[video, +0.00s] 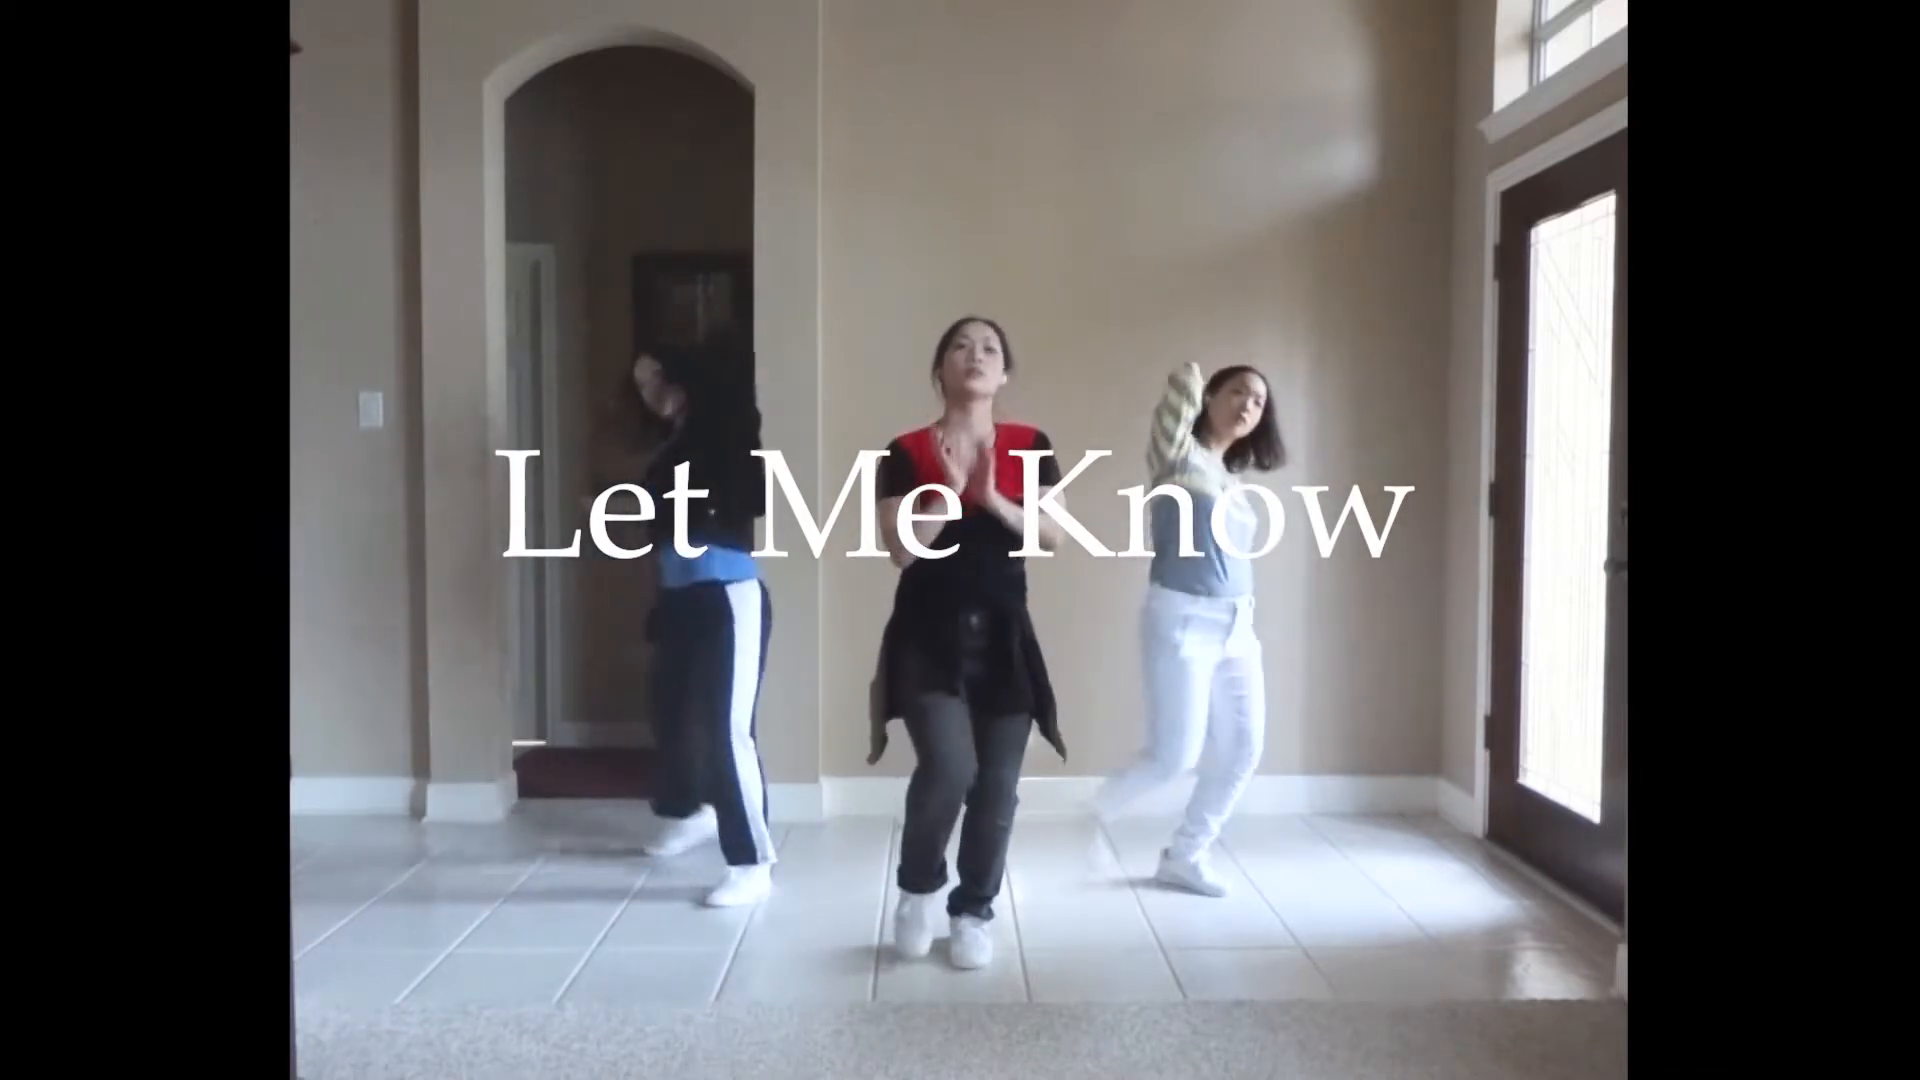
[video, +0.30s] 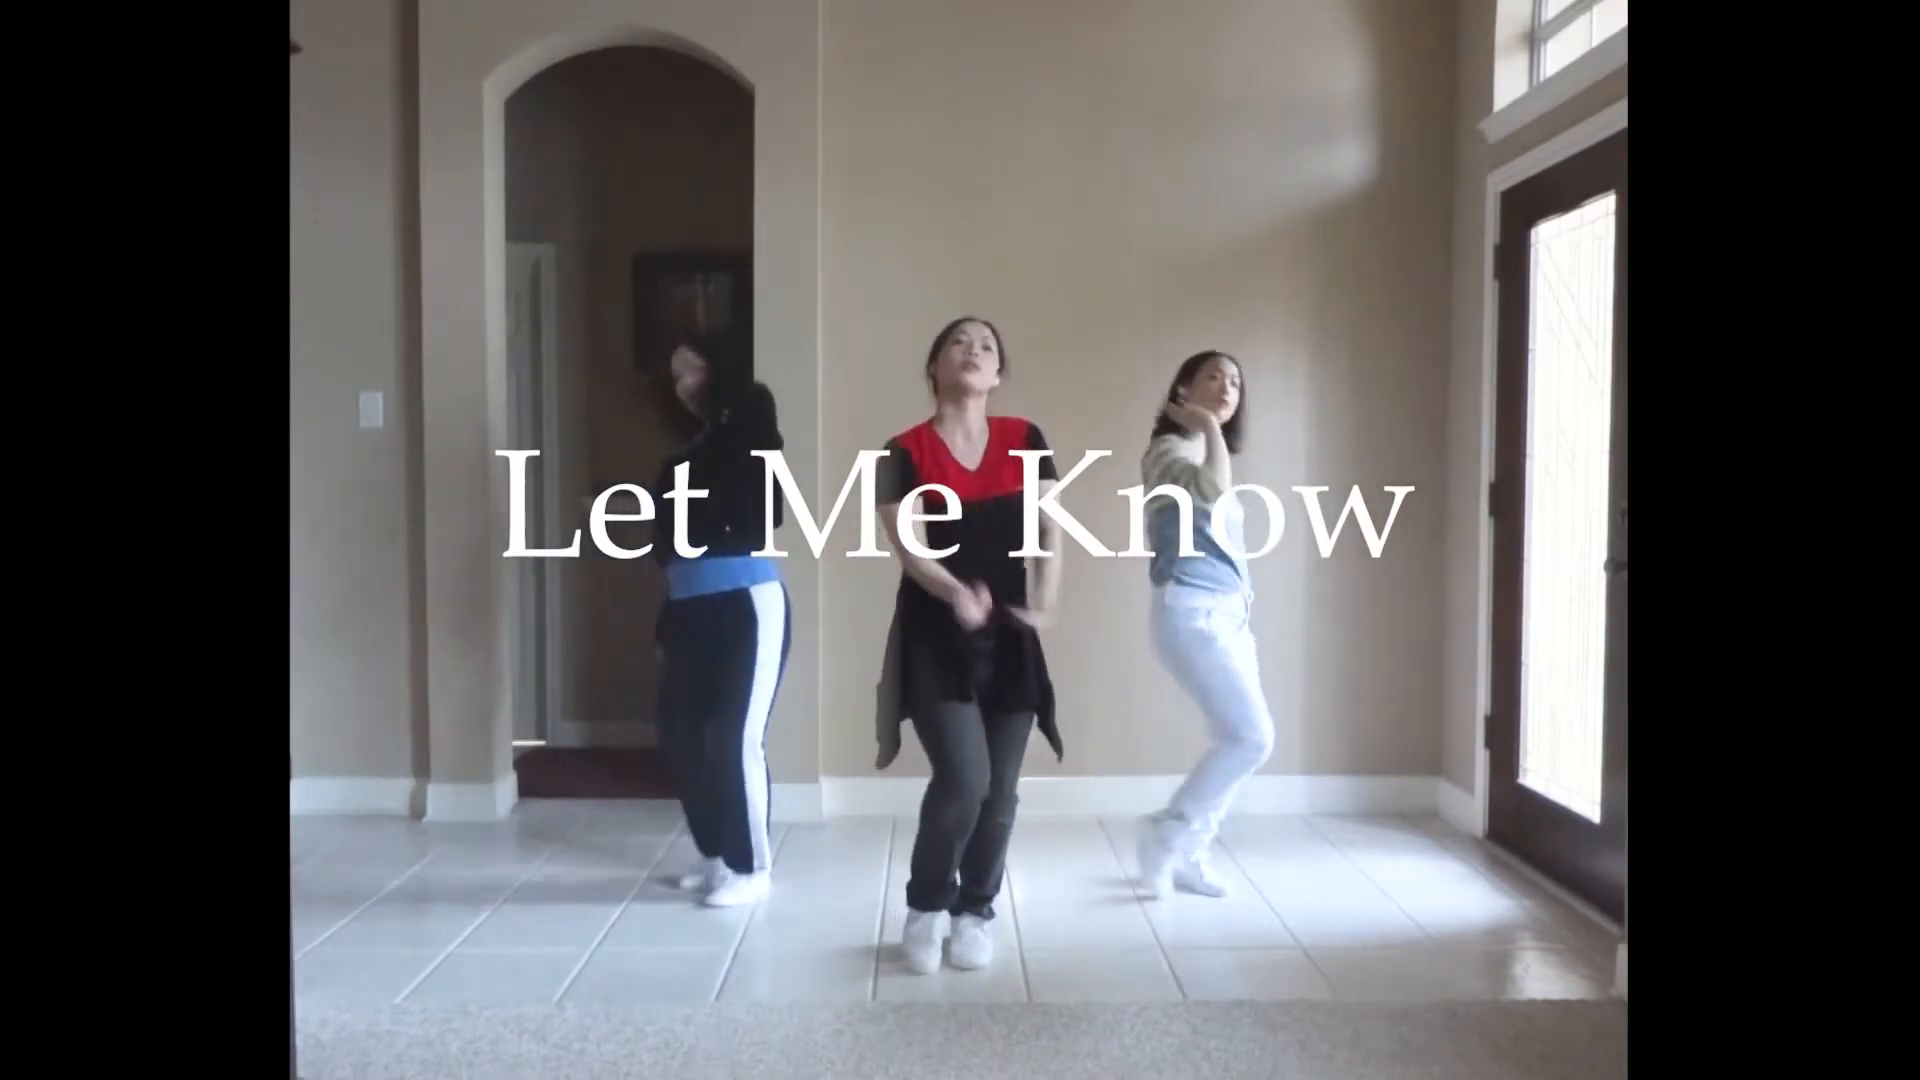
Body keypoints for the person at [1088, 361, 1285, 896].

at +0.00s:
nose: (1249, 403)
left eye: (1259, 400)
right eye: (1240, 392)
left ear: (1260, 421)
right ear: (1209, 398)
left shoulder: (1236, 478)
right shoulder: (1176, 459)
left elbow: (1229, 557)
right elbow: (1172, 423)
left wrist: (1241, 617)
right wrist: (1188, 381)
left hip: (1235, 624)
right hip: (1180, 619)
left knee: (1240, 750)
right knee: (1173, 756)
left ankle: (1184, 858)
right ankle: (1096, 812)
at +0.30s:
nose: (1227, 388)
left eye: (1234, 384)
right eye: (1215, 377)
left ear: (1237, 406)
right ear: (1181, 392)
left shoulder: (1210, 460)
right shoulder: (1165, 452)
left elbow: (1220, 541)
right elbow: (1212, 493)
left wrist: (1237, 600)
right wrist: (1211, 428)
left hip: (1227, 612)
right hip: (1188, 611)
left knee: (1243, 738)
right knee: (1251, 738)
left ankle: (1191, 850)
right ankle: (1166, 832)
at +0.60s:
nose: (1208, 369)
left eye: (1213, 363)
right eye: (1193, 360)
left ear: (1219, 382)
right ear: (1163, 376)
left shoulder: (1195, 444)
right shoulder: (1173, 441)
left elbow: (1206, 521)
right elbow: (1206, 513)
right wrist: (1266, 489)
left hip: (1213, 598)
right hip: (1192, 600)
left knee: (1199, 735)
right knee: (1265, 722)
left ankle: (1181, 856)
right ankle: (1193, 845)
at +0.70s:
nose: (1204, 365)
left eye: (1208, 358)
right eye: (1189, 358)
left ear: (1215, 375)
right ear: (1161, 377)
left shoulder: (1188, 440)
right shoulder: (1177, 441)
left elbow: (1213, 524)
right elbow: (1220, 520)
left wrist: (1279, 520)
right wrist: (1286, 515)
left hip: (1200, 596)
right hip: (1189, 598)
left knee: (1193, 731)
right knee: (1257, 722)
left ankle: (1179, 857)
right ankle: (1191, 845)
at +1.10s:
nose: (1201, 380)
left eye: (1204, 370)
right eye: (1185, 371)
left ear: (1209, 381)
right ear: (1157, 386)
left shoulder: (1193, 433)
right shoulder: (1182, 435)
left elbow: (1244, 472)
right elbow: (1220, 513)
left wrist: (1226, 412)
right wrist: (1256, 569)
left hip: (1210, 602)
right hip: (1177, 604)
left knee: (1213, 734)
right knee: (1221, 737)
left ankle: (1187, 848)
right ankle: (1160, 846)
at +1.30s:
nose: (1197, 397)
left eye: (1205, 386)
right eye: (1184, 387)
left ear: (1217, 394)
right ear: (1158, 394)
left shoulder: (1228, 462)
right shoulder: (1141, 450)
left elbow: (1251, 537)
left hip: (1226, 604)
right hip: (1170, 605)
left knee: (1223, 733)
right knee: (1213, 734)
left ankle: (1191, 849)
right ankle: (1157, 847)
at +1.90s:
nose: (1189, 358)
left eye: (1199, 351)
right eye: (1177, 349)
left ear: (1213, 367)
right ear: (1154, 361)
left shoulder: (1230, 439)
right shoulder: (1123, 421)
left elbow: (1287, 486)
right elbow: (1067, 381)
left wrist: (1332, 512)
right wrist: (1038, 313)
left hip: (1204, 589)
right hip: (1137, 591)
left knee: (1208, 723)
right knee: (1138, 718)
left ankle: (1214, 847)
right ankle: (1142, 823)